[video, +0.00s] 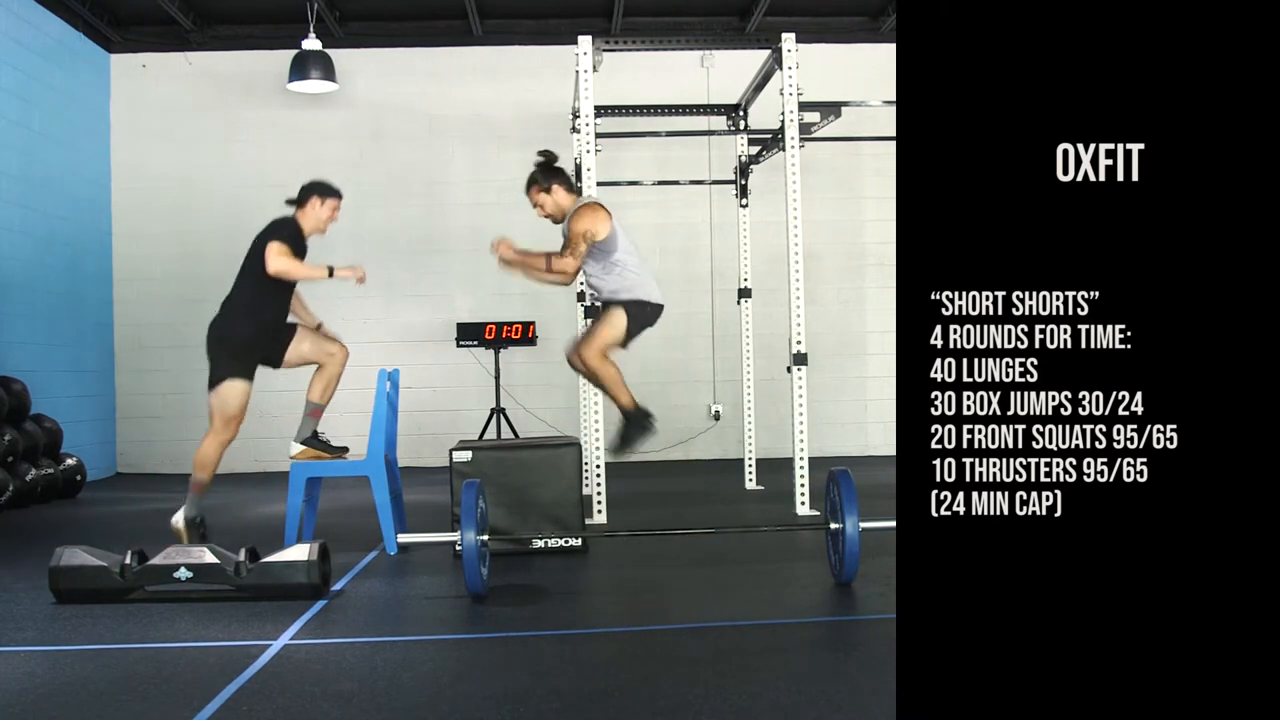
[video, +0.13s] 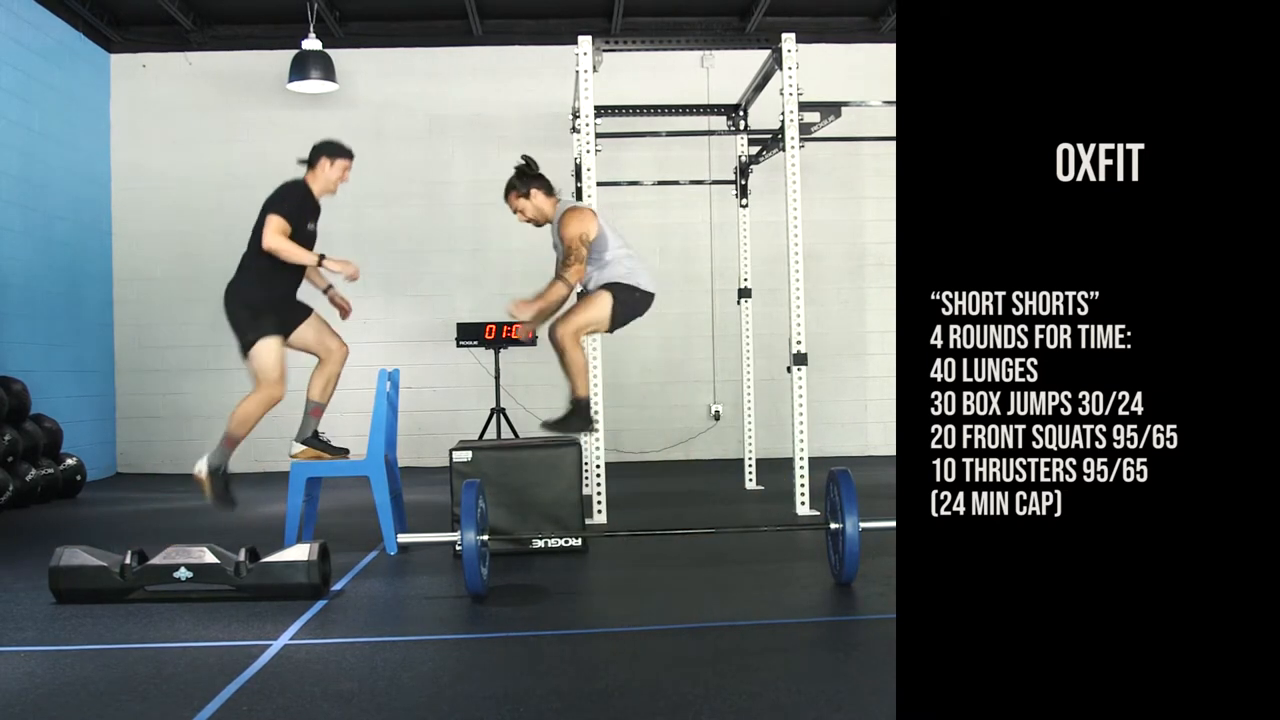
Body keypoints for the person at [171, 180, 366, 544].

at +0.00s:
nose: (335, 219)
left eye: (337, 212)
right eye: (333, 210)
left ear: (315, 206)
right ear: (313, 204)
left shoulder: (296, 242)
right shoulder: (283, 229)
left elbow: (288, 295)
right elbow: (275, 265)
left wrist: (317, 328)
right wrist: (335, 271)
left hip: (266, 335)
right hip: (234, 336)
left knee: (335, 353)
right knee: (223, 430)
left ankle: (306, 438)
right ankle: (189, 513)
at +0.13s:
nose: (346, 179)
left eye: (348, 172)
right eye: (344, 171)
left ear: (326, 167)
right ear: (324, 165)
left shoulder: (309, 207)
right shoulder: (293, 194)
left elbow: (300, 260)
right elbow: (271, 241)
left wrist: (330, 293)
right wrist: (326, 261)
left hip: (281, 302)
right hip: (251, 298)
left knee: (335, 351)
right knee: (271, 389)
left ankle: (307, 438)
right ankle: (214, 465)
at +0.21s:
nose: (347, 156)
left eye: (349, 149)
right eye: (345, 147)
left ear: (331, 144)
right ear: (325, 141)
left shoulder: (315, 182)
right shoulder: (291, 172)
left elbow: (306, 238)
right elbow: (269, 226)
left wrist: (327, 277)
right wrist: (309, 266)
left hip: (285, 278)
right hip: (258, 275)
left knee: (328, 347)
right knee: (301, 357)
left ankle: (307, 436)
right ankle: (240, 430)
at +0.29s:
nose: (347, 137)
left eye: (350, 131)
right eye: (344, 129)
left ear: (332, 126)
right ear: (325, 121)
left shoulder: (318, 163)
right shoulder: (292, 155)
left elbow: (306, 221)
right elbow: (268, 209)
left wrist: (324, 262)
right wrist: (285, 259)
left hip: (288, 259)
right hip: (264, 257)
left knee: (321, 342)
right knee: (310, 339)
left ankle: (305, 432)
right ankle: (272, 424)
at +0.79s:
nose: (347, 160)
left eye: (351, 154)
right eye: (346, 151)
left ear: (330, 145)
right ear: (328, 141)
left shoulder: (309, 179)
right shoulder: (289, 169)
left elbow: (290, 236)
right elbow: (261, 219)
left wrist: (304, 279)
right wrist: (296, 262)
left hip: (282, 276)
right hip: (254, 273)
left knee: (323, 346)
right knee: (283, 361)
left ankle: (306, 437)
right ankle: (224, 438)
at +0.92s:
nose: (339, 191)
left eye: (343, 185)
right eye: (338, 182)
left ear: (322, 174)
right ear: (320, 171)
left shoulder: (297, 207)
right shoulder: (283, 196)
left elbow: (267, 254)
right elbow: (258, 242)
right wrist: (303, 279)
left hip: (270, 306)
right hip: (240, 303)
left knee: (328, 348)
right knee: (238, 398)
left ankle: (307, 436)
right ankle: (192, 484)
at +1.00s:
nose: (327, 212)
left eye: (330, 206)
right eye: (326, 204)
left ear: (310, 197)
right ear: (308, 194)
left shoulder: (285, 229)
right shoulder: (271, 219)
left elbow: (257, 278)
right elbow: (251, 269)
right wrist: (303, 297)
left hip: (261, 327)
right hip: (229, 326)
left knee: (327, 350)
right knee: (216, 422)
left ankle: (307, 438)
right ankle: (180, 512)